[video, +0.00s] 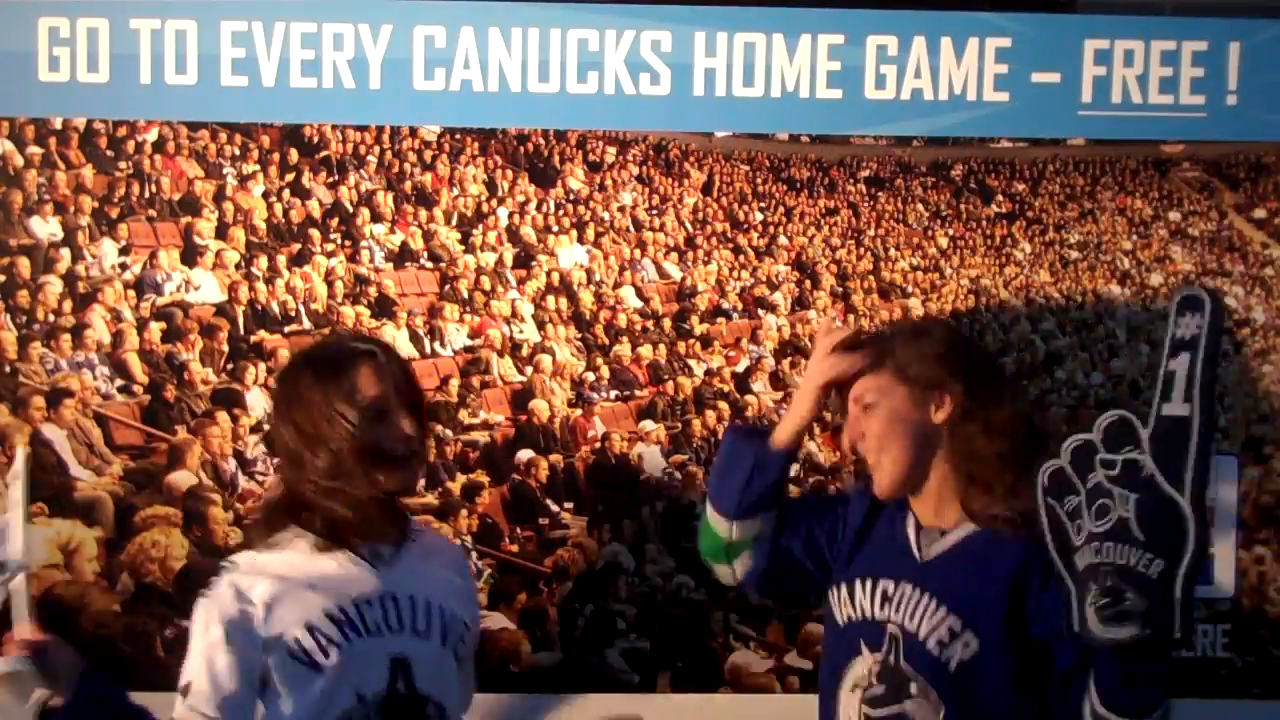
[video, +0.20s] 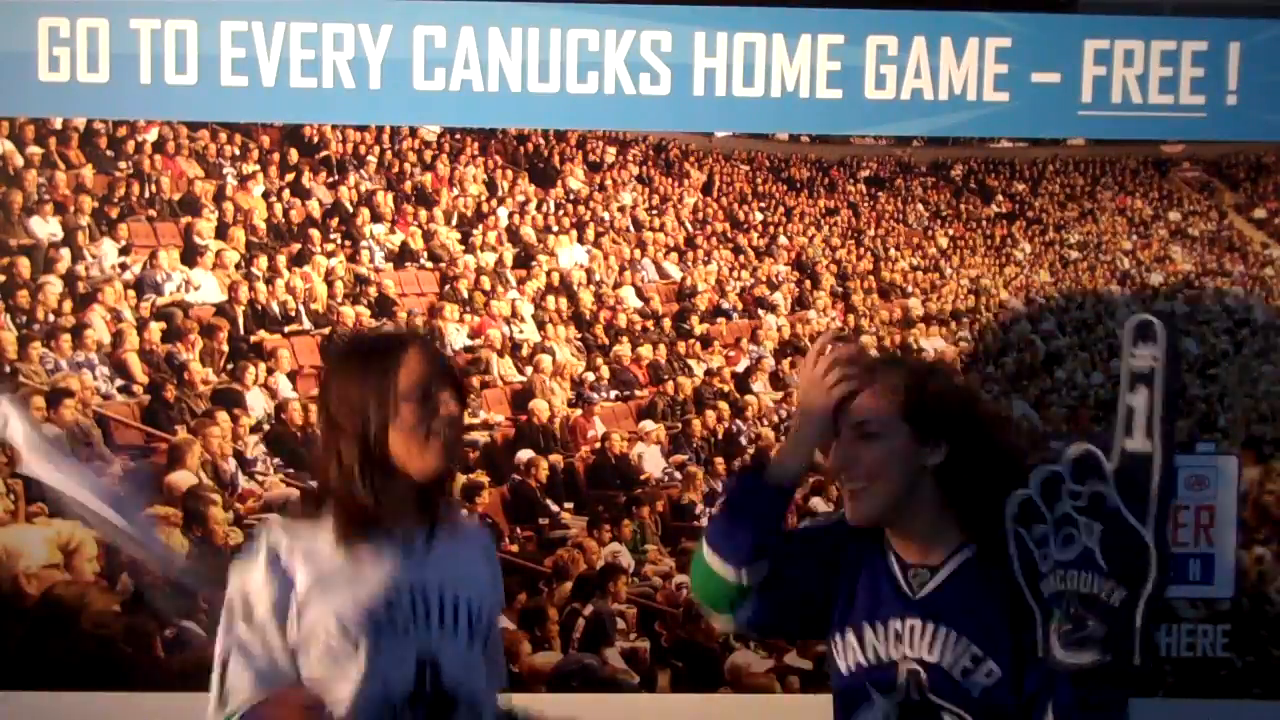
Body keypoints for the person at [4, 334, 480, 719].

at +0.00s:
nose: (408, 431)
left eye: (412, 409)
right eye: (376, 416)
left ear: (425, 416)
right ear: (319, 434)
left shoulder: (452, 567)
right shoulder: (247, 595)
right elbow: (202, 713)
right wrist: (82, 687)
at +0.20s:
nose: (452, 408)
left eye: (451, 391)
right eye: (424, 396)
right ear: (364, 414)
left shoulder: (475, 546)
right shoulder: (280, 552)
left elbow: (488, 691)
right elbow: (248, 701)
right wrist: (274, 707)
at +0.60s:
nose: (434, 400)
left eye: (443, 380)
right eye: (404, 382)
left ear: (455, 395)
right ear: (351, 403)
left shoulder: (490, 529)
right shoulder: (304, 549)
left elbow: (511, 677)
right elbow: (264, 709)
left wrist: (595, 587)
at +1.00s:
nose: (450, 393)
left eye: (463, 375)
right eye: (423, 377)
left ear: (478, 394)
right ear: (377, 399)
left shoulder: (514, 528)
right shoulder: (302, 546)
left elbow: (542, 698)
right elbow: (262, 699)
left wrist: (610, 647)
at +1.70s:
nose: (444, 374)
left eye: (468, 377)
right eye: (422, 370)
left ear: (487, 432)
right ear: (388, 418)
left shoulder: (507, 562)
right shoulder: (305, 546)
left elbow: (536, 712)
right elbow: (274, 704)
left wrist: (648, 645)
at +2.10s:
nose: (405, 391)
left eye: (421, 382)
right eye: (380, 373)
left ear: (435, 417)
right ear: (333, 401)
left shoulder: (469, 544)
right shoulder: (267, 558)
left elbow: (508, 699)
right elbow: (229, 708)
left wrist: (625, 637)